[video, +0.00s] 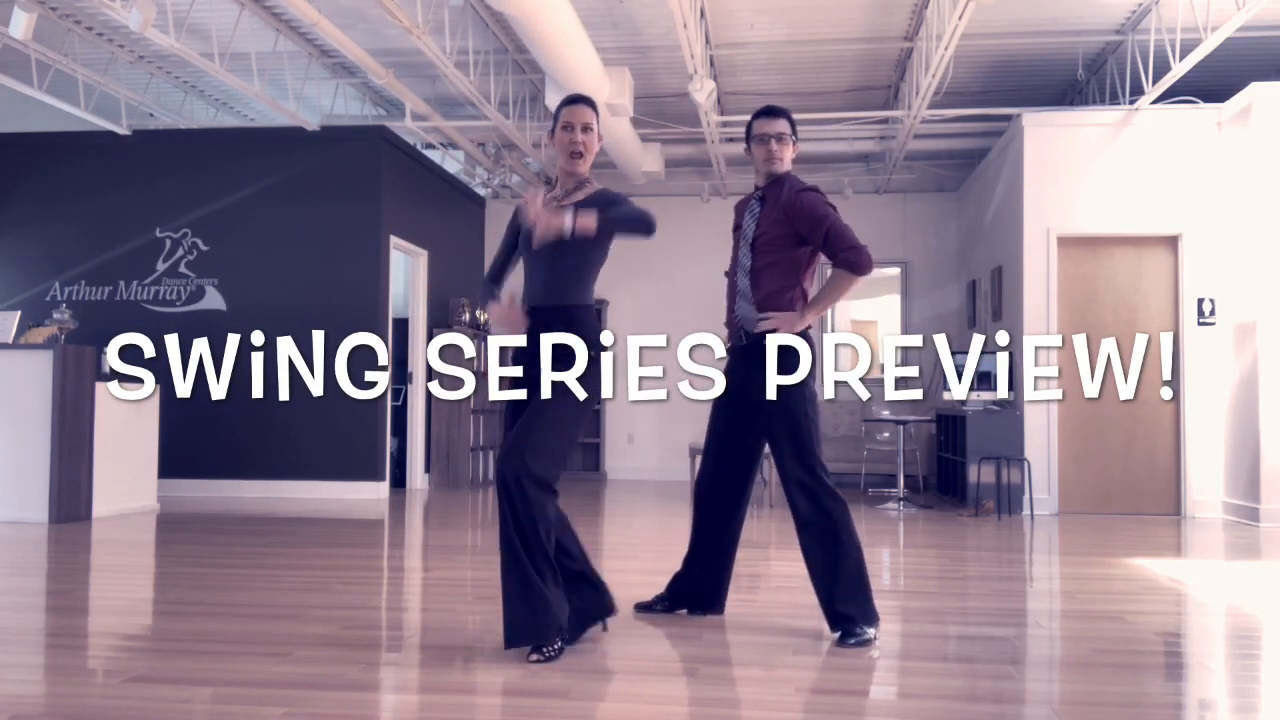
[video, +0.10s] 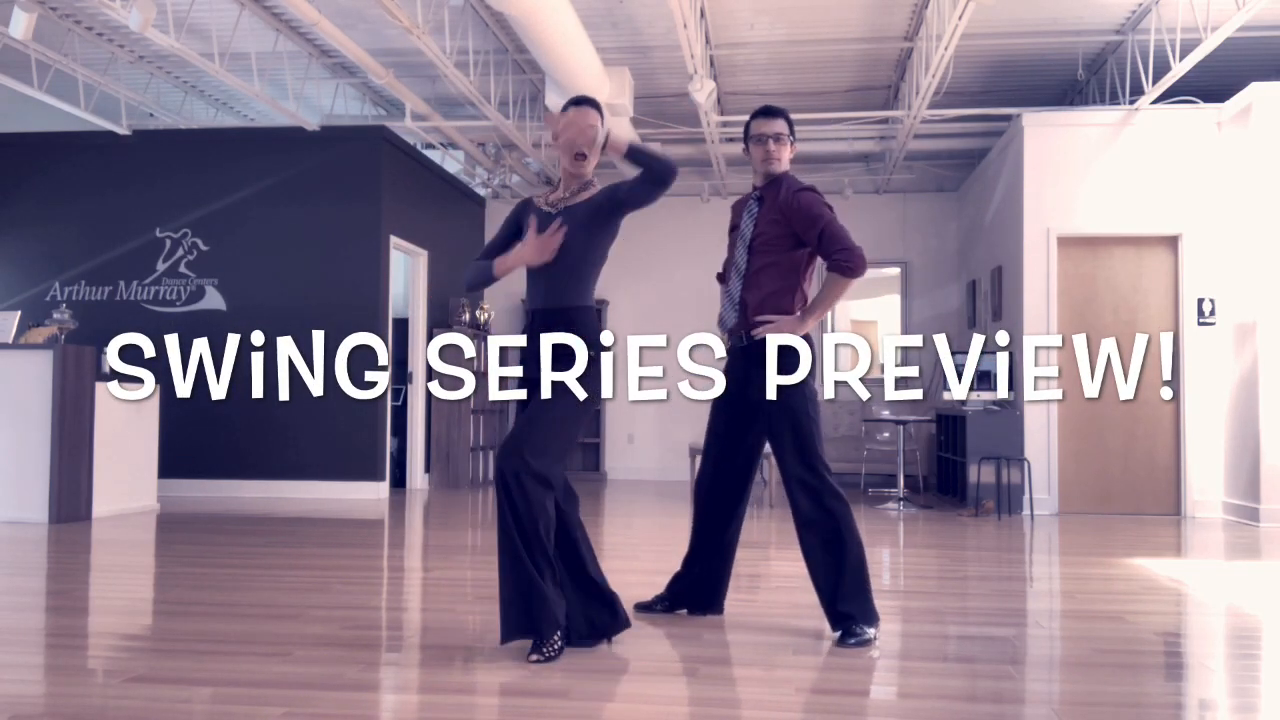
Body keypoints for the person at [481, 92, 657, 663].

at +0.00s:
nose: (577, 138)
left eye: (587, 130)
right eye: (568, 128)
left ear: (598, 142)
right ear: (551, 138)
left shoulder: (601, 200)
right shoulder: (532, 205)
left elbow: (644, 221)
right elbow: (493, 277)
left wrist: (570, 221)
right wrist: (496, 300)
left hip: (575, 349)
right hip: (532, 347)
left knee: (520, 469)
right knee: (523, 475)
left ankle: (551, 619)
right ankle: (585, 599)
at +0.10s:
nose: (582, 156)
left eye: (592, 149)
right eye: (574, 145)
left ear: (602, 150)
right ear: (554, 140)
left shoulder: (606, 203)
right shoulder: (529, 209)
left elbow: (664, 174)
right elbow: (472, 279)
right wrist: (519, 256)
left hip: (578, 350)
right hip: (535, 349)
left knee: (517, 463)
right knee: (544, 478)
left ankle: (548, 614)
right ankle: (593, 607)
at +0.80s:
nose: (598, 158)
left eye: (607, 151)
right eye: (589, 149)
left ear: (615, 162)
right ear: (569, 157)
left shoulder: (622, 216)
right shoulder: (539, 227)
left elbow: (671, 226)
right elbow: (519, 303)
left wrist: (666, 177)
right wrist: (527, 325)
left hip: (595, 369)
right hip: (547, 368)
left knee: (512, 466)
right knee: (533, 490)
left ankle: (535, 615)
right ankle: (587, 609)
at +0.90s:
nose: (600, 154)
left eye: (609, 145)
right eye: (590, 145)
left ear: (620, 153)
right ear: (572, 152)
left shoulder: (630, 212)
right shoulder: (546, 218)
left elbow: (613, 279)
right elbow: (516, 279)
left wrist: (595, 218)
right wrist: (488, 313)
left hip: (600, 361)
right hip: (547, 359)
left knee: (532, 459)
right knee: (533, 476)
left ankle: (540, 614)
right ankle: (588, 606)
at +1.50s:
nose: (598, 146)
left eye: (608, 138)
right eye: (589, 138)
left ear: (625, 150)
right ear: (577, 148)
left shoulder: (633, 213)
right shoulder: (560, 214)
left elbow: (632, 294)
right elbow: (499, 277)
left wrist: (567, 258)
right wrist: (493, 236)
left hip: (604, 361)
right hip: (554, 359)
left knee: (539, 452)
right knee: (547, 480)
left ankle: (538, 617)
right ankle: (588, 608)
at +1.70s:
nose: (583, 147)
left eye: (596, 138)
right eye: (578, 140)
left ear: (623, 155)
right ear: (573, 155)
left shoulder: (636, 213)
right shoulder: (563, 222)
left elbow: (617, 238)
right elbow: (489, 226)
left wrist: (607, 184)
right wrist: (525, 166)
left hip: (599, 372)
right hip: (554, 371)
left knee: (528, 459)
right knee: (541, 486)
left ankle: (535, 616)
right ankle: (588, 609)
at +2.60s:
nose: (596, 167)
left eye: (609, 160)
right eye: (591, 160)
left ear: (633, 179)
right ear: (583, 177)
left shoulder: (633, 236)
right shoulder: (559, 241)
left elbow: (600, 266)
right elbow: (483, 269)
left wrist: (603, 211)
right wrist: (489, 218)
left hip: (577, 386)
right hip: (533, 380)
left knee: (499, 469)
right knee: (518, 497)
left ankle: (528, 619)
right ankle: (586, 611)